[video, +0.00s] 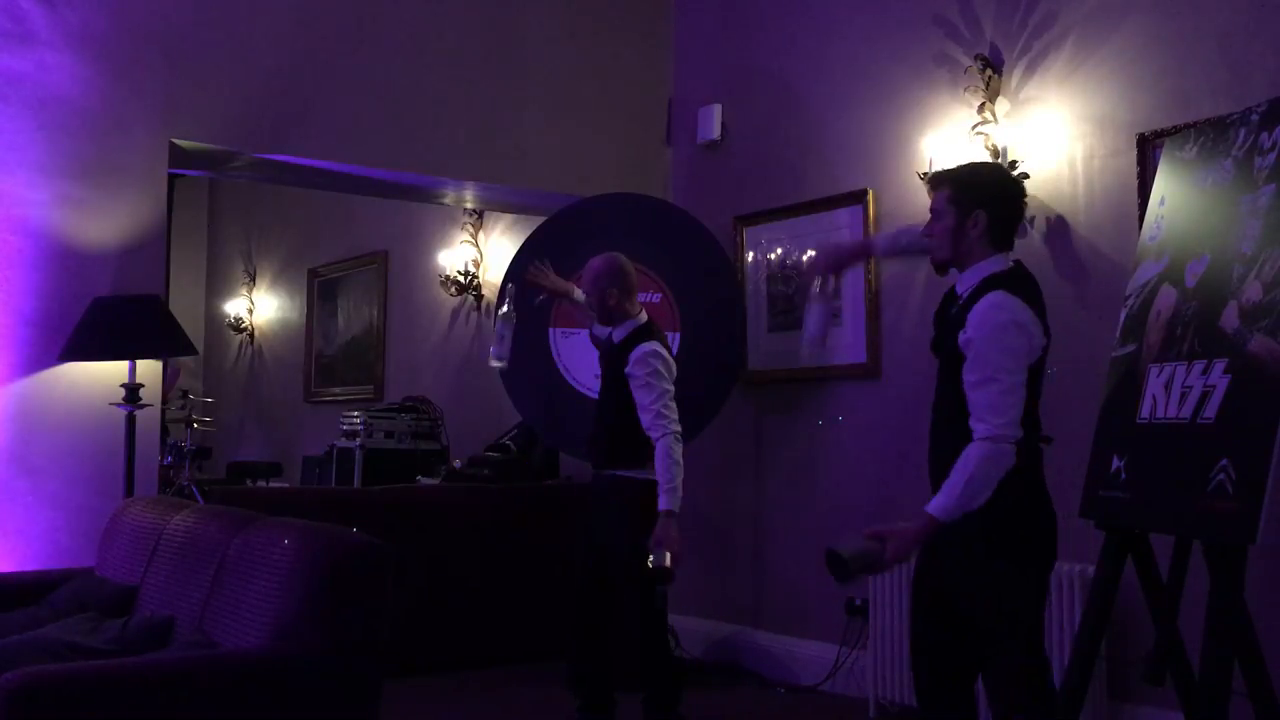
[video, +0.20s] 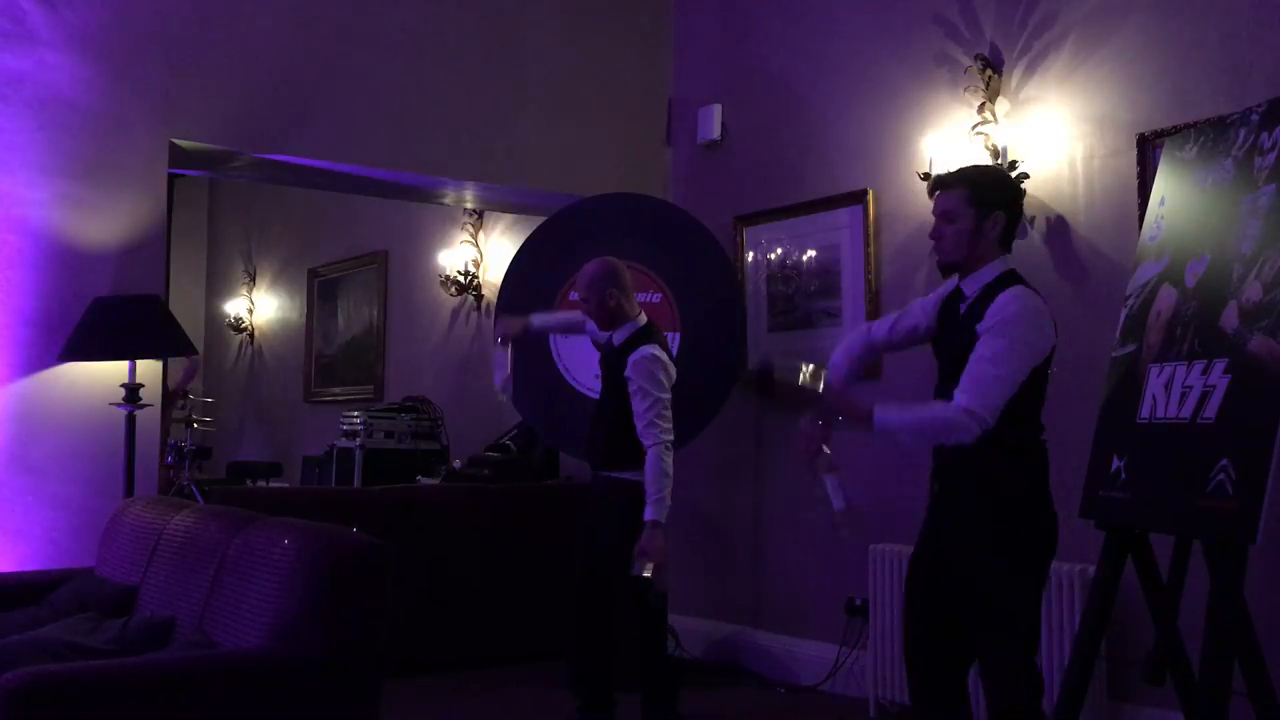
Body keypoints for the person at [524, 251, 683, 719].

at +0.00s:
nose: (588, 302)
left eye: (593, 294)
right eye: (587, 295)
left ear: (614, 296)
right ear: (622, 296)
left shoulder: (646, 352)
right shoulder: (615, 336)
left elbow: (668, 434)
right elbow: (593, 308)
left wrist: (668, 514)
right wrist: (560, 285)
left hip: (636, 494)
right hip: (611, 490)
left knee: (638, 614)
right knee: (606, 606)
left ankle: (657, 707)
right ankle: (599, 701)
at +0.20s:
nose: (583, 311)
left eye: (586, 301)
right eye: (581, 303)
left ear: (611, 300)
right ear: (618, 298)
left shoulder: (645, 359)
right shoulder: (620, 336)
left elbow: (659, 444)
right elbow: (580, 320)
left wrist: (655, 523)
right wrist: (526, 322)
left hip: (631, 495)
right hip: (609, 490)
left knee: (629, 609)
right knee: (606, 603)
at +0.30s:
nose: (586, 311)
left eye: (591, 302)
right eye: (585, 301)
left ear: (613, 300)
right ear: (613, 301)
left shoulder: (655, 357)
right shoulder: (611, 343)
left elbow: (649, 446)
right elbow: (562, 359)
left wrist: (619, 515)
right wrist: (515, 393)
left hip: (642, 495)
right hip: (609, 486)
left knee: (633, 603)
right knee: (601, 597)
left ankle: (655, 701)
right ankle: (596, 696)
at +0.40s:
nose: (598, 312)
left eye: (606, 303)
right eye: (596, 304)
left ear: (633, 299)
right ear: (598, 302)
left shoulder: (667, 355)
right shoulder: (600, 344)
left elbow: (647, 433)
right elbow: (567, 404)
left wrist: (592, 473)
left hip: (648, 492)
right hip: (601, 486)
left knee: (643, 603)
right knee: (595, 599)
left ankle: (662, 702)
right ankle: (595, 700)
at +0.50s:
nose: (603, 308)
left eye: (613, 299)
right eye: (599, 299)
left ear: (638, 297)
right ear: (596, 298)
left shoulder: (672, 351)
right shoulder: (593, 348)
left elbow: (653, 424)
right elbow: (573, 421)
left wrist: (596, 418)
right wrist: (573, 487)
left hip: (650, 490)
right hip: (599, 487)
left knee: (647, 599)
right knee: (596, 595)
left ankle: (663, 703)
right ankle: (594, 701)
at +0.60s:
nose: (608, 305)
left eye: (618, 296)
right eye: (603, 296)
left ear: (642, 294)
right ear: (599, 296)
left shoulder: (672, 352)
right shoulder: (594, 346)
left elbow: (659, 431)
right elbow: (568, 411)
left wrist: (631, 378)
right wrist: (610, 430)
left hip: (645, 489)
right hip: (595, 488)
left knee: (645, 599)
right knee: (592, 598)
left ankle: (663, 701)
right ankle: (594, 700)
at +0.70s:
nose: (606, 305)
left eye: (616, 296)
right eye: (603, 296)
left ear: (641, 295)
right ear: (599, 297)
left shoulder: (668, 352)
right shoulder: (592, 345)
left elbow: (658, 430)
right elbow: (555, 406)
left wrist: (641, 373)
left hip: (641, 490)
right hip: (591, 487)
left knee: (641, 598)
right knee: (589, 596)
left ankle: (659, 701)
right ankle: (591, 699)